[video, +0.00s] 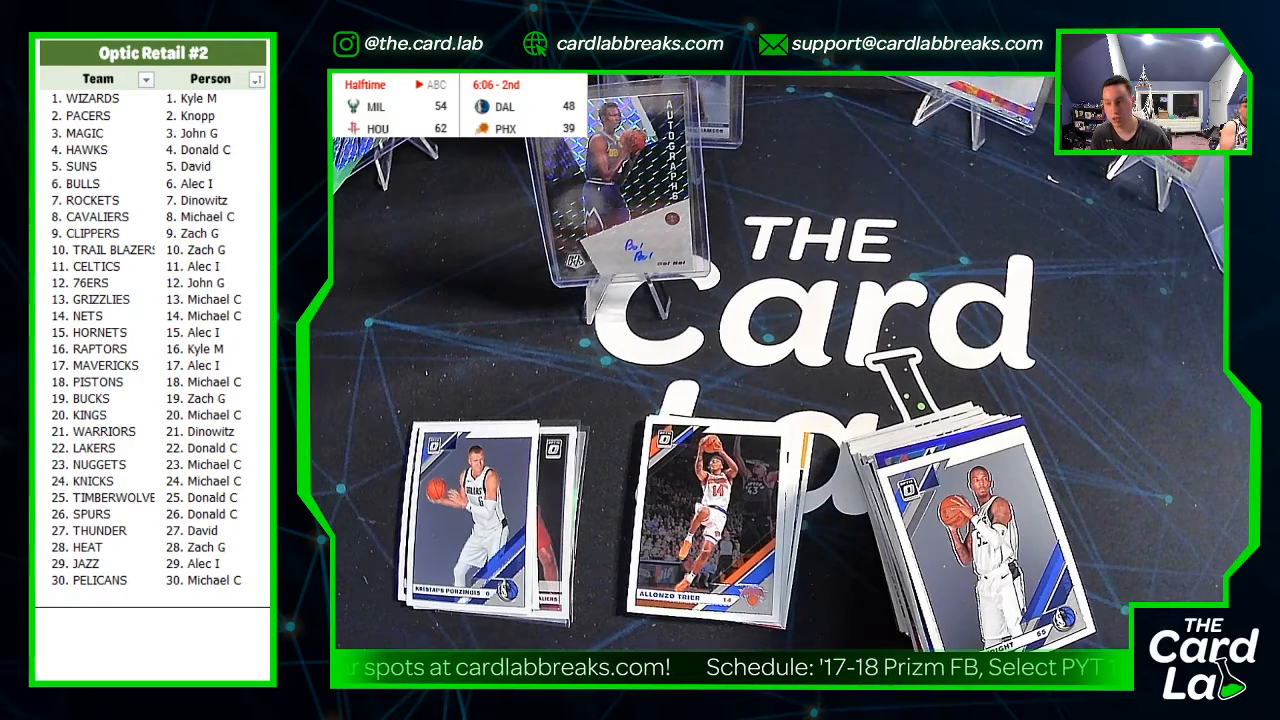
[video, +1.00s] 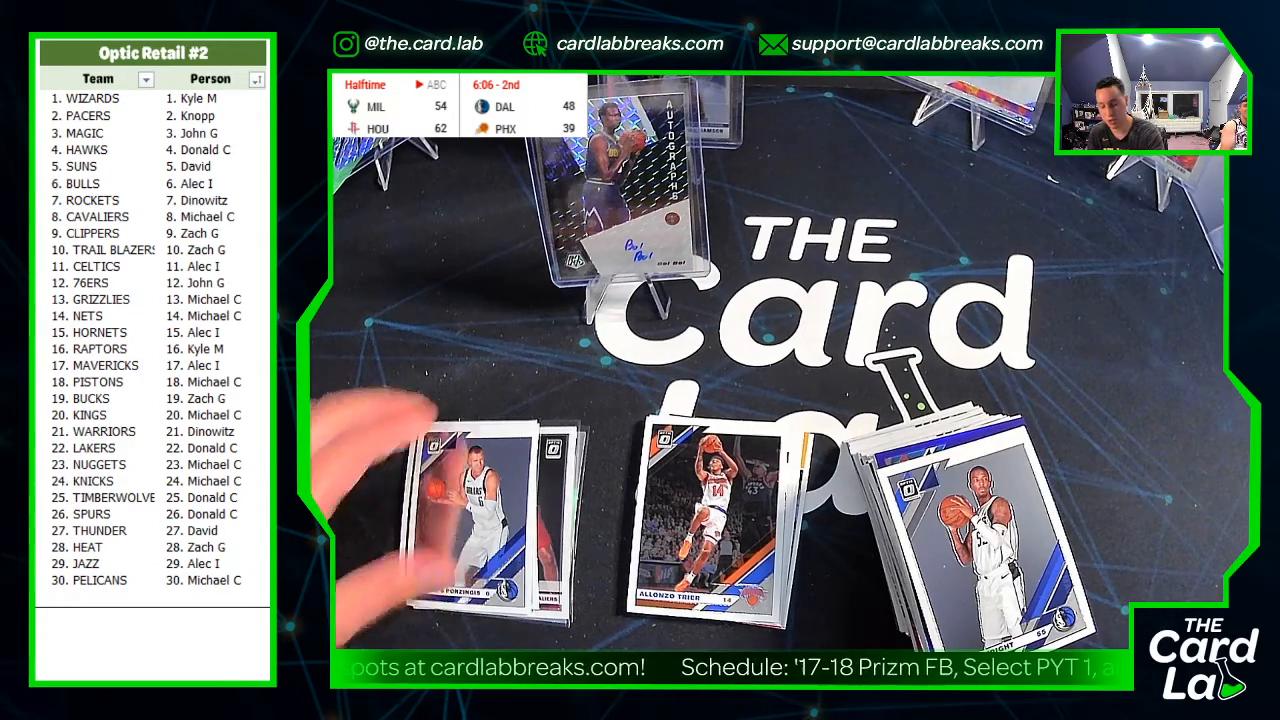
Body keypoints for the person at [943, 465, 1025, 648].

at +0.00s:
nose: (980, 483)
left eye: (984, 479)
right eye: (976, 480)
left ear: (990, 482)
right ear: (970, 485)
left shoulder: (1000, 504)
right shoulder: (975, 518)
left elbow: (997, 539)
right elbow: (965, 559)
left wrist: (973, 517)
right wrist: (953, 530)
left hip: (1007, 579)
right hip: (985, 585)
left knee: (1018, 633)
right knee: (992, 640)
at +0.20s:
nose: (980, 483)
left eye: (984, 479)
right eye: (976, 480)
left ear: (990, 482)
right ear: (970, 485)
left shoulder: (1000, 504)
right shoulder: (975, 518)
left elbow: (997, 539)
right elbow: (965, 559)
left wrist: (973, 516)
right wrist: (953, 530)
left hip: (1007, 579)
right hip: (985, 585)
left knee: (1018, 633)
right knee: (992, 639)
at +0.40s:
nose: (980, 483)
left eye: (984, 479)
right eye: (976, 480)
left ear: (990, 482)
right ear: (970, 485)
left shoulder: (1000, 504)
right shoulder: (975, 518)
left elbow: (997, 539)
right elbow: (965, 559)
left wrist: (973, 516)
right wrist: (953, 530)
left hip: (1007, 579)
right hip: (985, 584)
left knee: (1018, 632)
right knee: (992, 639)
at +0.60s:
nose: (980, 483)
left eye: (984, 479)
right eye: (976, 480)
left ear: (990, 482)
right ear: (970, 485)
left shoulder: (1000, 504)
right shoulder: (975, 518)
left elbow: (997, 539)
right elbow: (965, 559)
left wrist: (973, 516)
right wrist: (953, 530)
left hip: (1007, 579)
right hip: (985, 584)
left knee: (1018, 632)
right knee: (992, 639)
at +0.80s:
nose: (980, 483)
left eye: (984, 479)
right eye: (975, 480)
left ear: (990, 482)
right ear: (970, 485)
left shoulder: (1000, 504)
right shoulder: (975, 517)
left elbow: (997, 538)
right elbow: (965, 558)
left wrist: (973, 516)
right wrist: (953, 530)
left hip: (1007, 579)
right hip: (985, 584)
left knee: (1018, 632)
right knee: (992, 639)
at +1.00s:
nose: (980, 483)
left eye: (984, 479)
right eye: (975, 480)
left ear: (990, 481)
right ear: (970, 485)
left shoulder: (1000, 504)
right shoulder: (975, 517)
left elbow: (997, 538)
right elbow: (965, 559)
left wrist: (972, 516)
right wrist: (953, 530)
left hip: (1007, 579)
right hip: (985, 584)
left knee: (1018, 632)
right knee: (992, 639)